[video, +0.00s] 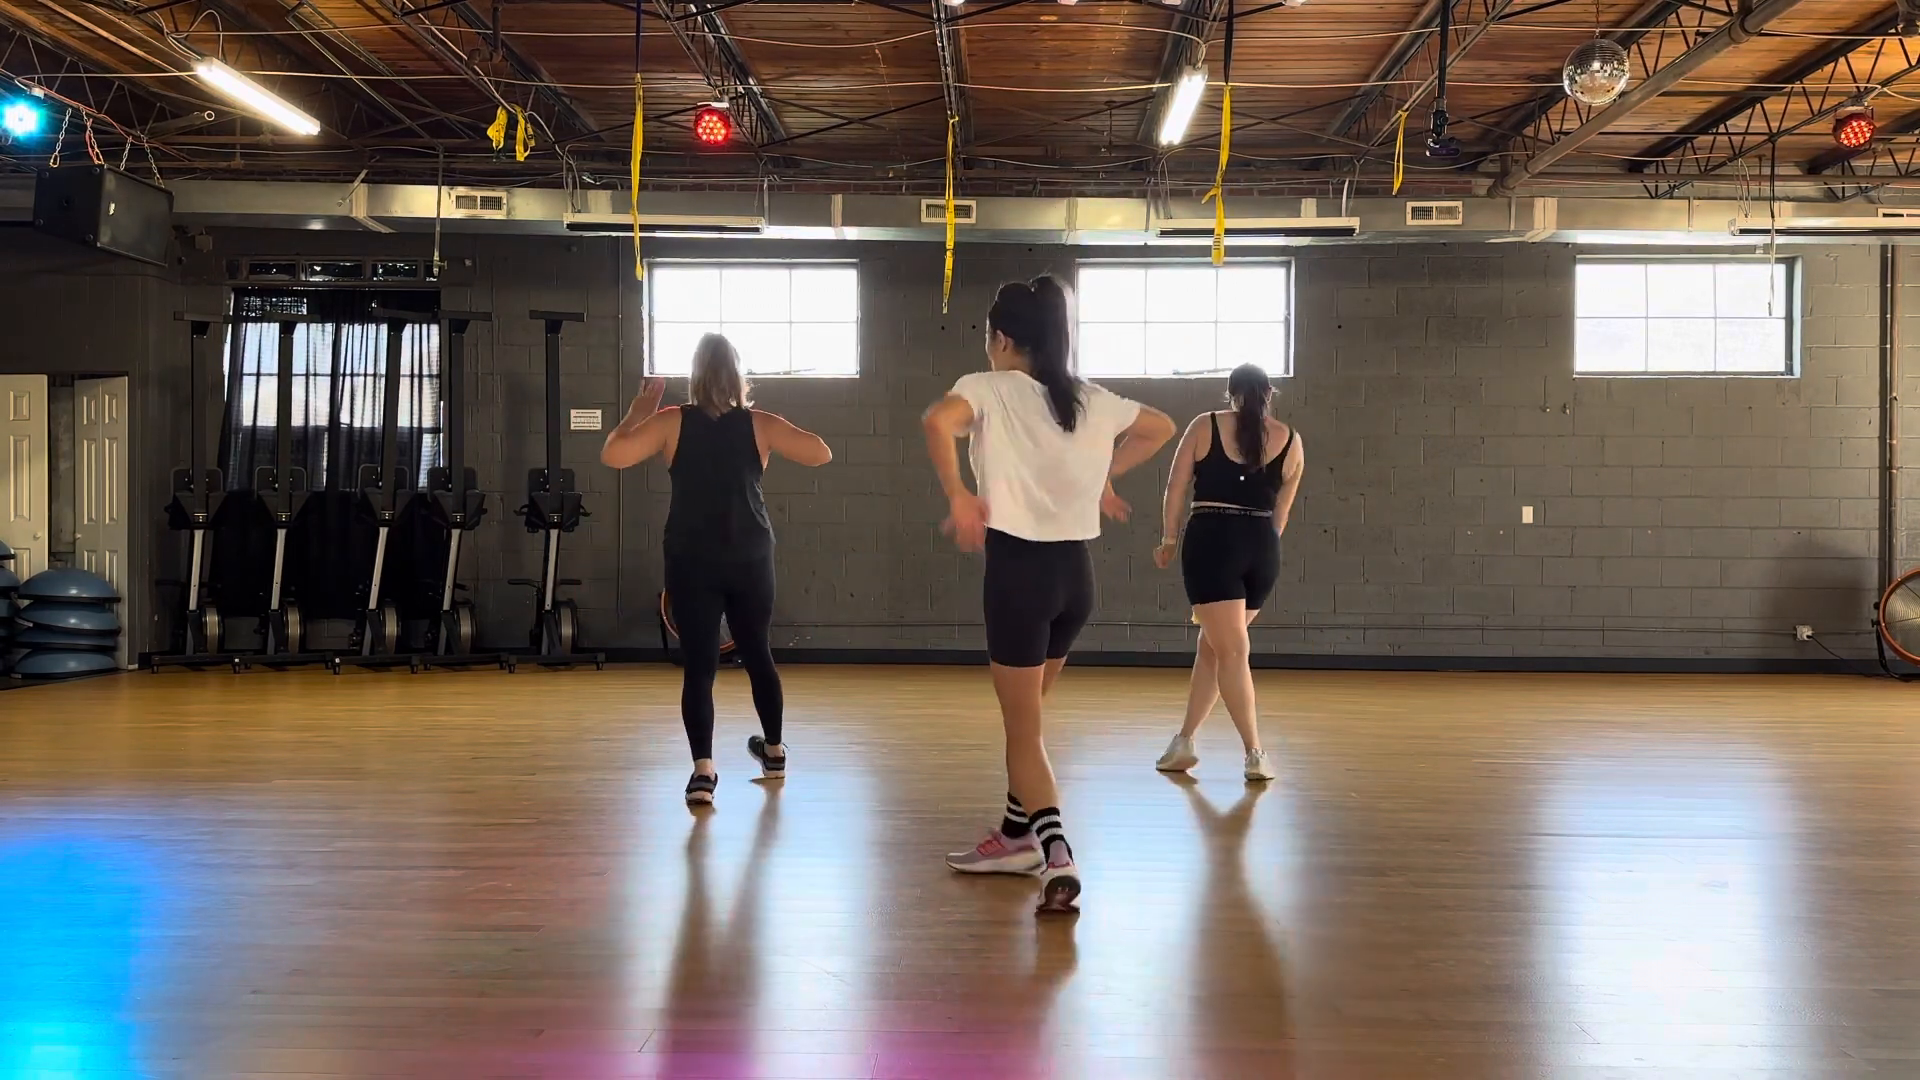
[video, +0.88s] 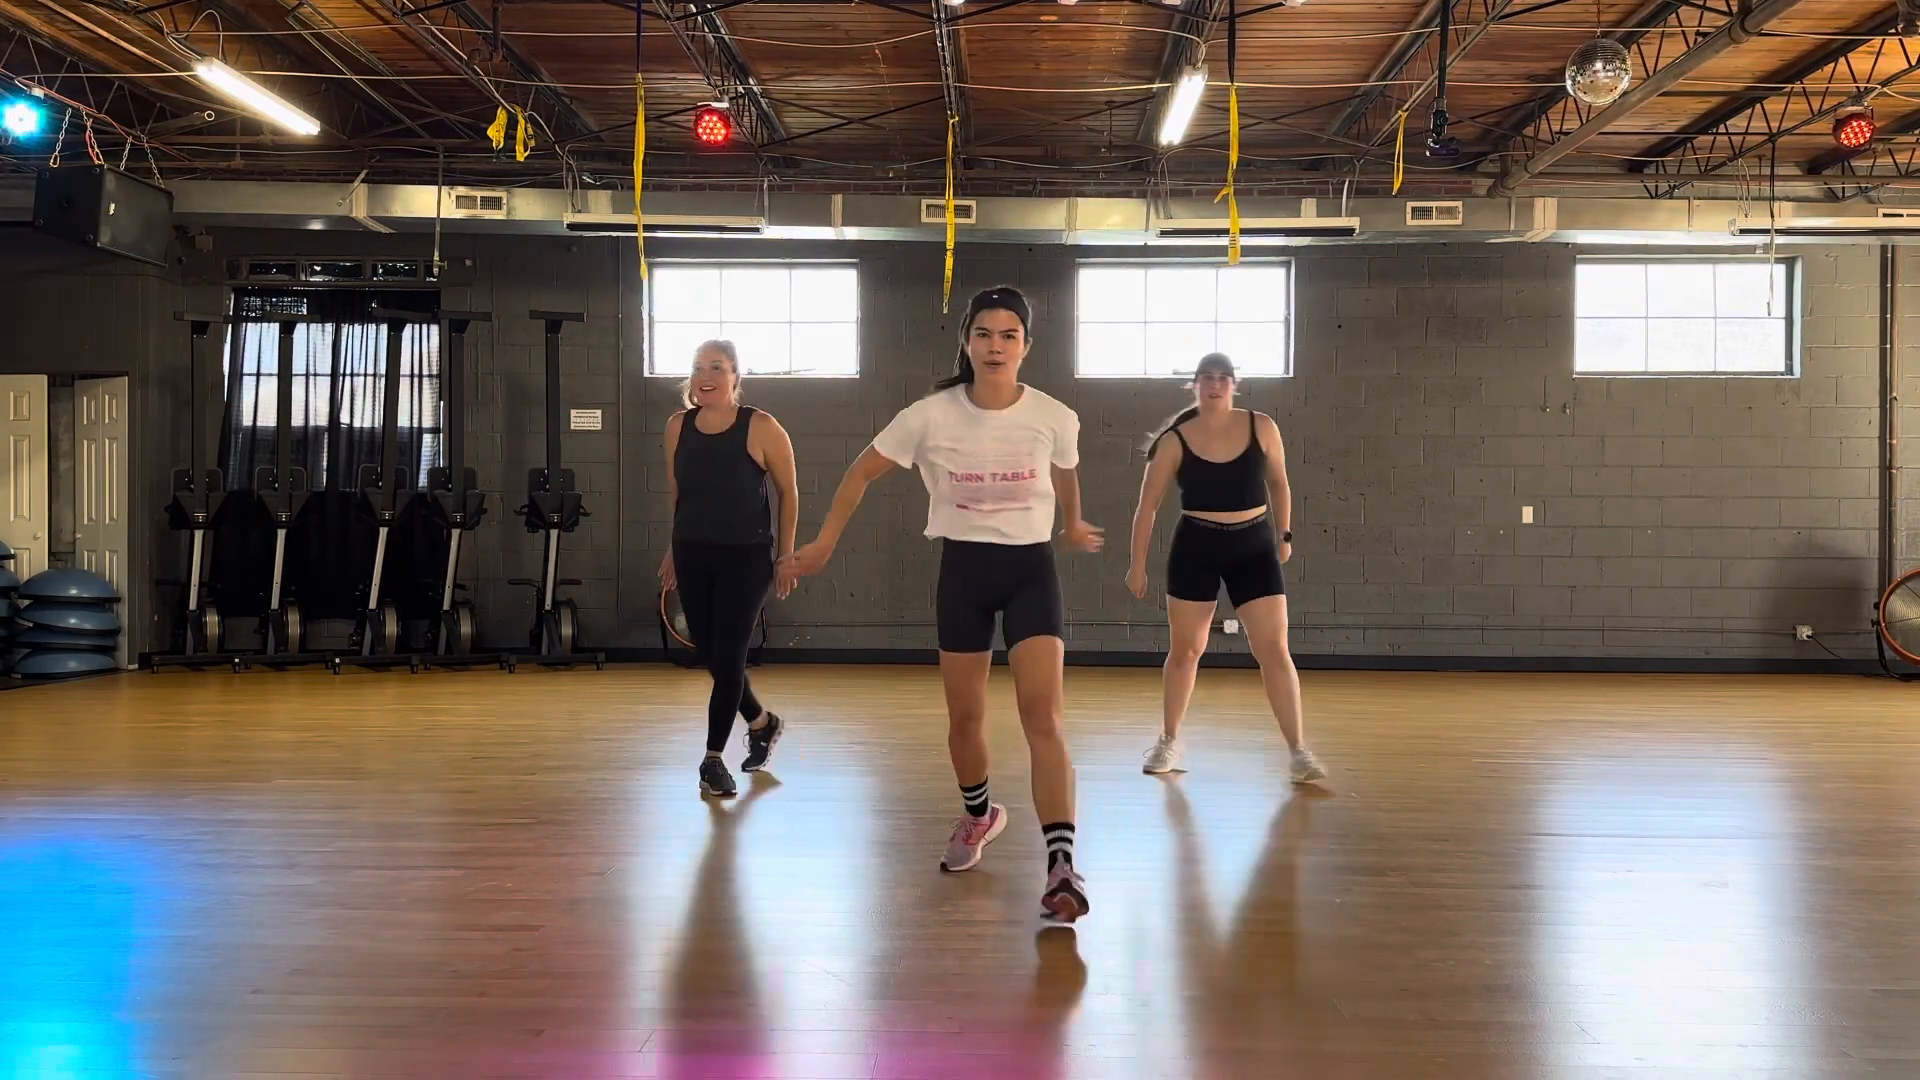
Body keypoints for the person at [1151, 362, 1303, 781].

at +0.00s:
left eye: (1231, 389)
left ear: (1230, 392)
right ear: (1269, 395)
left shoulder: (1203, 426)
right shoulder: (1290, 441)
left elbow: (1178, 484)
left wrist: (1169, 535)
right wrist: (1266, 551)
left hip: (1210, 540)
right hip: (1263, 546)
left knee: (1233, 652)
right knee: (1212, 648)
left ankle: (1254, 752)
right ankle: (1185, 740)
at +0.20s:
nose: (1206, 407)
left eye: (1207, 402)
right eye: (1211, 403)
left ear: (1212, 402)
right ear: (1245, 405)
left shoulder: (1198, 424)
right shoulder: (1263, 447)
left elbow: (1185, 468)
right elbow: (1263, 513)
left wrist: (1186, 518)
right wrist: (1249, 542)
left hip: (1210, 533)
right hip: (1254, 540)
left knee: (1237, 652)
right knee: (1213, 649)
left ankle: (1262, 750)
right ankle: (1185, 748)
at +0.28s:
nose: (1186, 411)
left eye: (1189, 405)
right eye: (1187, 406)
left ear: (1203, 404)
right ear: (1222, 408)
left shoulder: (1198, 419)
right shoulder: (1239, 436)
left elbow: (1206, 456)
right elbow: (1251, 500)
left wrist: (1211, 509)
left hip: (1210, 533)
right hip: (1241, 535)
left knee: (1244, 650)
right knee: (1214, 651)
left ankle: (1268, 748)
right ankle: (1185, 750)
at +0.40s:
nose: (1163, 405)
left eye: (1169, 398)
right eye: (1162, 399)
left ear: (1194, 399)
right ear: (1189, 401)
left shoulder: (1206, 420)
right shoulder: (1193, 434)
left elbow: (1242, 458)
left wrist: (1258, 509)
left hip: (1230, 542)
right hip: (1209, 548)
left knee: (1254, 648)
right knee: (1213, 655)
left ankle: (1278, 745)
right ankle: (1190, 750)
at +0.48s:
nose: (1155, 404)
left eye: (1161, 396)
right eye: (1155, 397)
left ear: (1186, 396)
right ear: (1173, 400)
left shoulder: (1209, 421)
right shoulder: (1187, 437)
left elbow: (1257, 457)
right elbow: (1207, 493)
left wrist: (1282, 510)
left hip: (1236, 547)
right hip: (1205, 554)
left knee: (1258, 647)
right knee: (1212, 656)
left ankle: (1281, 743)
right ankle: (1194, 750)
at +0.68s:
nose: (1170, 391)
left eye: (1178, 384)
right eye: (1163, 384)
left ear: (1194, 391)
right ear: (1154, 393)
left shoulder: (1226, 421)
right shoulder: (1152, 454)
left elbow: (1273, 466)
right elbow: (1156, 516)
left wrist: (1290, 517)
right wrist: (1159, 576)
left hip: (1244, 539)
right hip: (1190, 548)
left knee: (1247, 650)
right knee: (1200, 653)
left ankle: (1269, 740)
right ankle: (1196, 747)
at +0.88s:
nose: (1214, 385)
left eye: (1222, 379)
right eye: (1206, 378)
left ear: (1234, 386)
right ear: (1194, 385)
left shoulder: (1261, 427)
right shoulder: (1174, 440)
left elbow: (1279, 484)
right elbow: (1148, 505)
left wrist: (1284, 536)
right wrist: (1138, 565)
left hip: (1254, 547)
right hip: (1196, 547)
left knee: (1275, 648)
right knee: (1186, 650)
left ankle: (1299, 752)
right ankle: (1168, 742)